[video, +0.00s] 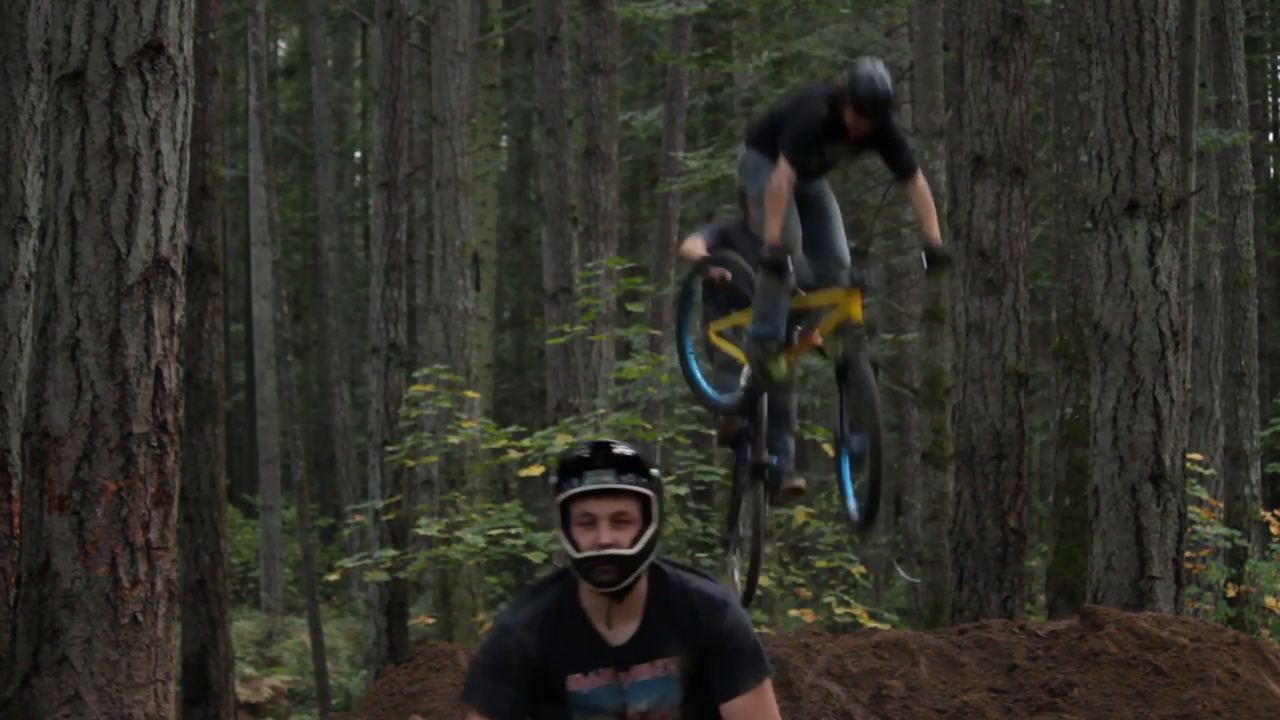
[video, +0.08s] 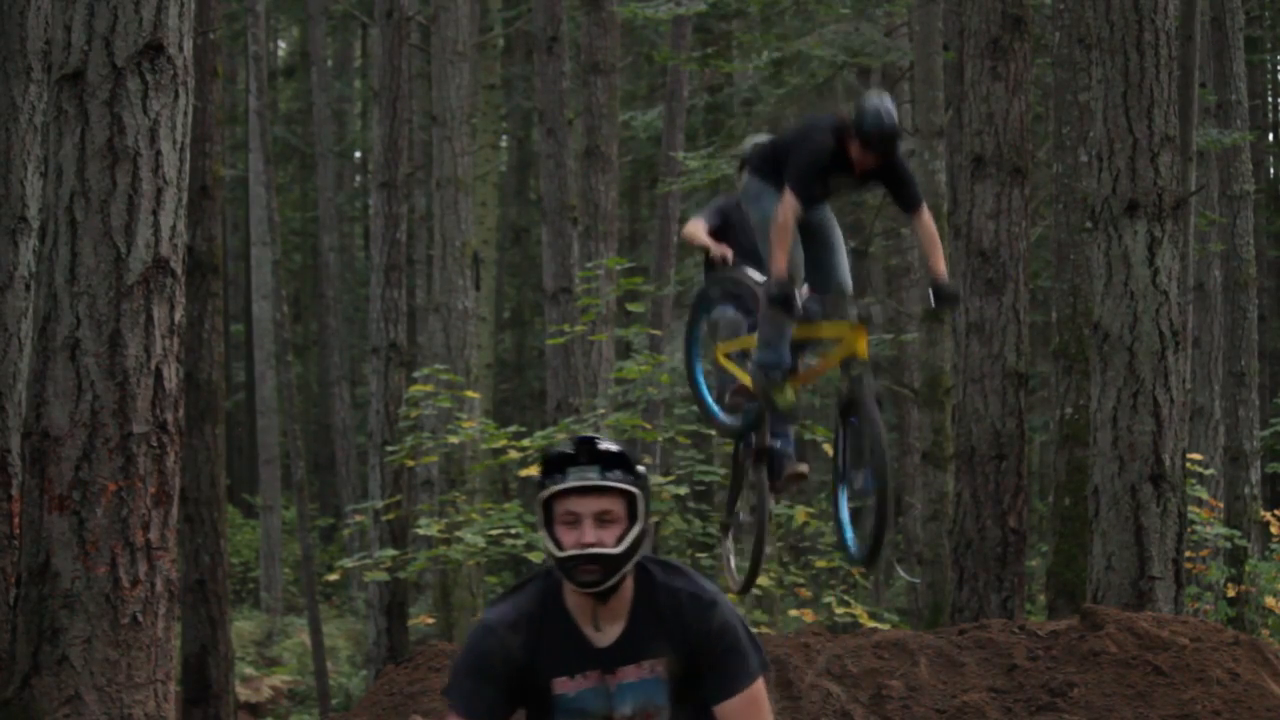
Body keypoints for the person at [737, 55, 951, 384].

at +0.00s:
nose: (863, 126)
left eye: (871, 120)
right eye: (859, 116)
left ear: (883, 115)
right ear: (846, 103)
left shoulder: (882, 126)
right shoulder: (815, 111)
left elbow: (914, 179)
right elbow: (782, 176)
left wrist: (934, 242)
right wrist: (773, 243)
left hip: (809, 177)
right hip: (763, 162)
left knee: (836, 261)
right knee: (783, 248)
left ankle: (823, 332)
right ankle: (765, 340)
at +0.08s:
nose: (868, 159)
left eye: (877, 153)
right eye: (864, 149)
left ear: (888, 148)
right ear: (852, 136)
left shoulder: (887, 161)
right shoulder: (819, 145)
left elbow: (920, 215)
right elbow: (786, 209)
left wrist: (940, 279)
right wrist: (779, 277)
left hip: (811, 199)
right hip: (765, 187)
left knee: (838, 287)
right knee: (785, 278)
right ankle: (770, 369)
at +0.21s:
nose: (877, 241)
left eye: (887, 234)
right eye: (874, 230)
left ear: (900, 228)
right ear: (862, 214)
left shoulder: (896, 233)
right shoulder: (830, 217)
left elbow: (928, 294)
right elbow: (800, 285)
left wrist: (951, 362)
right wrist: (798, 358)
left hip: (819, 257)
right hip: (771, 248)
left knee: (839, 351)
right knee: (786, 341)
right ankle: (786, 439)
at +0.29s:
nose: (885, 330)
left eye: (895, 326)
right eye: (885, 321)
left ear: (910, 311)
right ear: (874, 302)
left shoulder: (906, 307)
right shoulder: (838, 301)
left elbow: (934, 358)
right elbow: (789, 368)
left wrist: (953, 413)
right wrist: (812, 424)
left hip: (829, 330)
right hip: (781, 324)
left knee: (847, 424)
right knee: (797, 428)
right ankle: (800, 532)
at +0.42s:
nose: (888, 369)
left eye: (898, 363)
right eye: (888, 360)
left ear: (911, 343)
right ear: (877, 340)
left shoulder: (911, 333)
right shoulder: (839, 329)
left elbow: (930, 371)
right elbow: (789, 394)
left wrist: (932, 420)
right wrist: (836, 445)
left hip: (837, 365)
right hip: (786, 361)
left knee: (871, 452)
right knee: (804, 470)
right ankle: (803, 579)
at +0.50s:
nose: (908, 428)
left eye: (915, 422)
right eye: (910, 418)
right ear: (896, 399)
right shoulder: (854, 398)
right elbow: (832, 480)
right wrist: (864, 507)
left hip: (828, 416)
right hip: (788, 423)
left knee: (865, 473)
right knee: (825, 509)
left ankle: (858, 541)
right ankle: (811, 606)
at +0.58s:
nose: (915, 456)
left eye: (922, 451)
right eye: (918, 447)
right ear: (908, 430)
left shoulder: (895, 394)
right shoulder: (868, 432)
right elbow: (846, 521)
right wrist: (878, 561)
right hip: (782, 436)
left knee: (857, 508)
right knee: (832, 517)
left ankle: (861, 573)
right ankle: (816, 590)